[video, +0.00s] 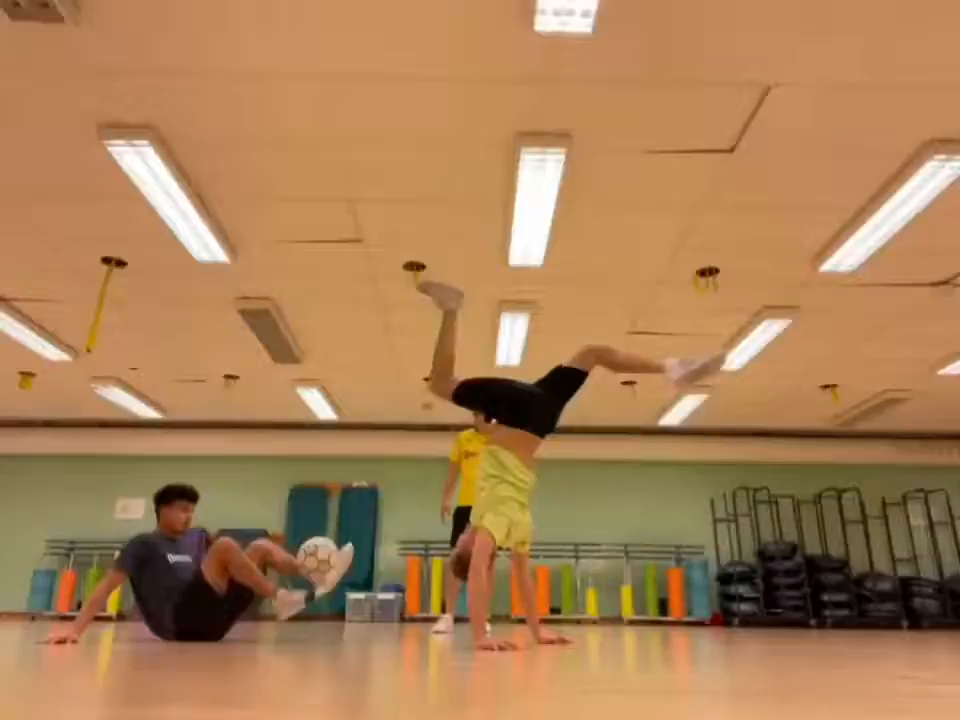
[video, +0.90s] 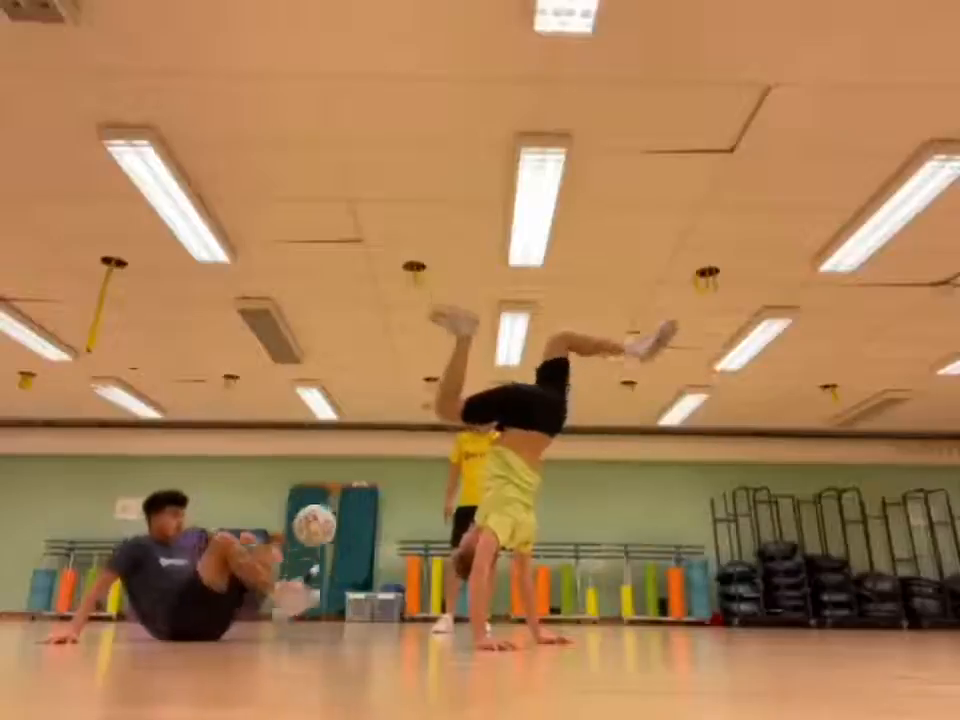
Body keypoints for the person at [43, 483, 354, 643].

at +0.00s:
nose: (188, 516)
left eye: (190, 511)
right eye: (182, 510)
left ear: (189, 513)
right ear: (162, 511)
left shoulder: (197, 540)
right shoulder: (141, 545)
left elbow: (227, 567)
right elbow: (105, 589)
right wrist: (75, 631)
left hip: (212, 619)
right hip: (181, 621)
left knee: (262, 547)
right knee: (224, 546)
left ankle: (318, 573)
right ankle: (278, 597)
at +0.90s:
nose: (179, 522)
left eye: (181, 516)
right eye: (173, 515)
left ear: (180, 519)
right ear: (154, 517)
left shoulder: (189, 548)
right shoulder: (135, 548)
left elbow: (229, 562)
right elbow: (98, 588)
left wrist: (257, 559)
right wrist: (74, 629)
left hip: (211, 620)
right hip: (175, 620)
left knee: (251, 553)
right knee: (222, 542)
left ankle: (280, 592)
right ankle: (274, 591)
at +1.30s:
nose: (169, 519)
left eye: (169, 512)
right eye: (162, 512)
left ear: (168, 515)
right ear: (142, 515)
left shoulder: (176, 545)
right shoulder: (126, 551)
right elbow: (93, 590)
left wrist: (267, 544)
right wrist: (66, 624)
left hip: (203, 612)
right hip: (177, 622)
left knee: (232, 541)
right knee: (220, 551)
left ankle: (279, 542)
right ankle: (280, 591)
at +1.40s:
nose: (153, 520)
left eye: (155, 514)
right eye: (145, 515)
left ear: (157, 517)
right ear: (126, 520)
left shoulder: (166, 549)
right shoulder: (116, 555)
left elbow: (177, 589)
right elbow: (74, 589)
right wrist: (33, 620)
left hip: (201, 609)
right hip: (174, 622)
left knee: (240, 560)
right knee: (233, 583)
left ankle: (295, 572)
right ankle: (300, 613)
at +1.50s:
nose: (138, 527)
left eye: (139, 521)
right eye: (130, 522)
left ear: (139, 524)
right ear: (111, 527)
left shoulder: (147, 551)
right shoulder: (102, 566)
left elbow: (166, 586)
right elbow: (63, 593)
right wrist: (33, 615)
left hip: (194, 594)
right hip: (173, 618)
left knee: (251, 583)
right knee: (241, 612)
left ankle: (309, 601)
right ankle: (309, 629)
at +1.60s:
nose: (122, 533)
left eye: (122, 527)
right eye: (114, 529)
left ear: (121, 531)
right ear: (94, 536)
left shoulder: (139, 552)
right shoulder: (81, 581)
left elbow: (165, 578)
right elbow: (43, 617)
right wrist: (20, 633)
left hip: (189, 590)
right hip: (174, 621)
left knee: (243, 585)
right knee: (246, 614)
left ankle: (306, 609)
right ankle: (313, 628)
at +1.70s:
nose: (111, 537)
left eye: (112, 530)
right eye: (103, 532)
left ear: (112, 534)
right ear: (81, 540)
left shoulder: (128, 556)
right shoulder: (69, 586)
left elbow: (159, 575)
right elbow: (31, 626)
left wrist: (188, 577)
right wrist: (15, 635)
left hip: (179, 592)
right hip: (171, 627)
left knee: (198, 573)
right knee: (216, 622)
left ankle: (269, 585)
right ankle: (282, 610)